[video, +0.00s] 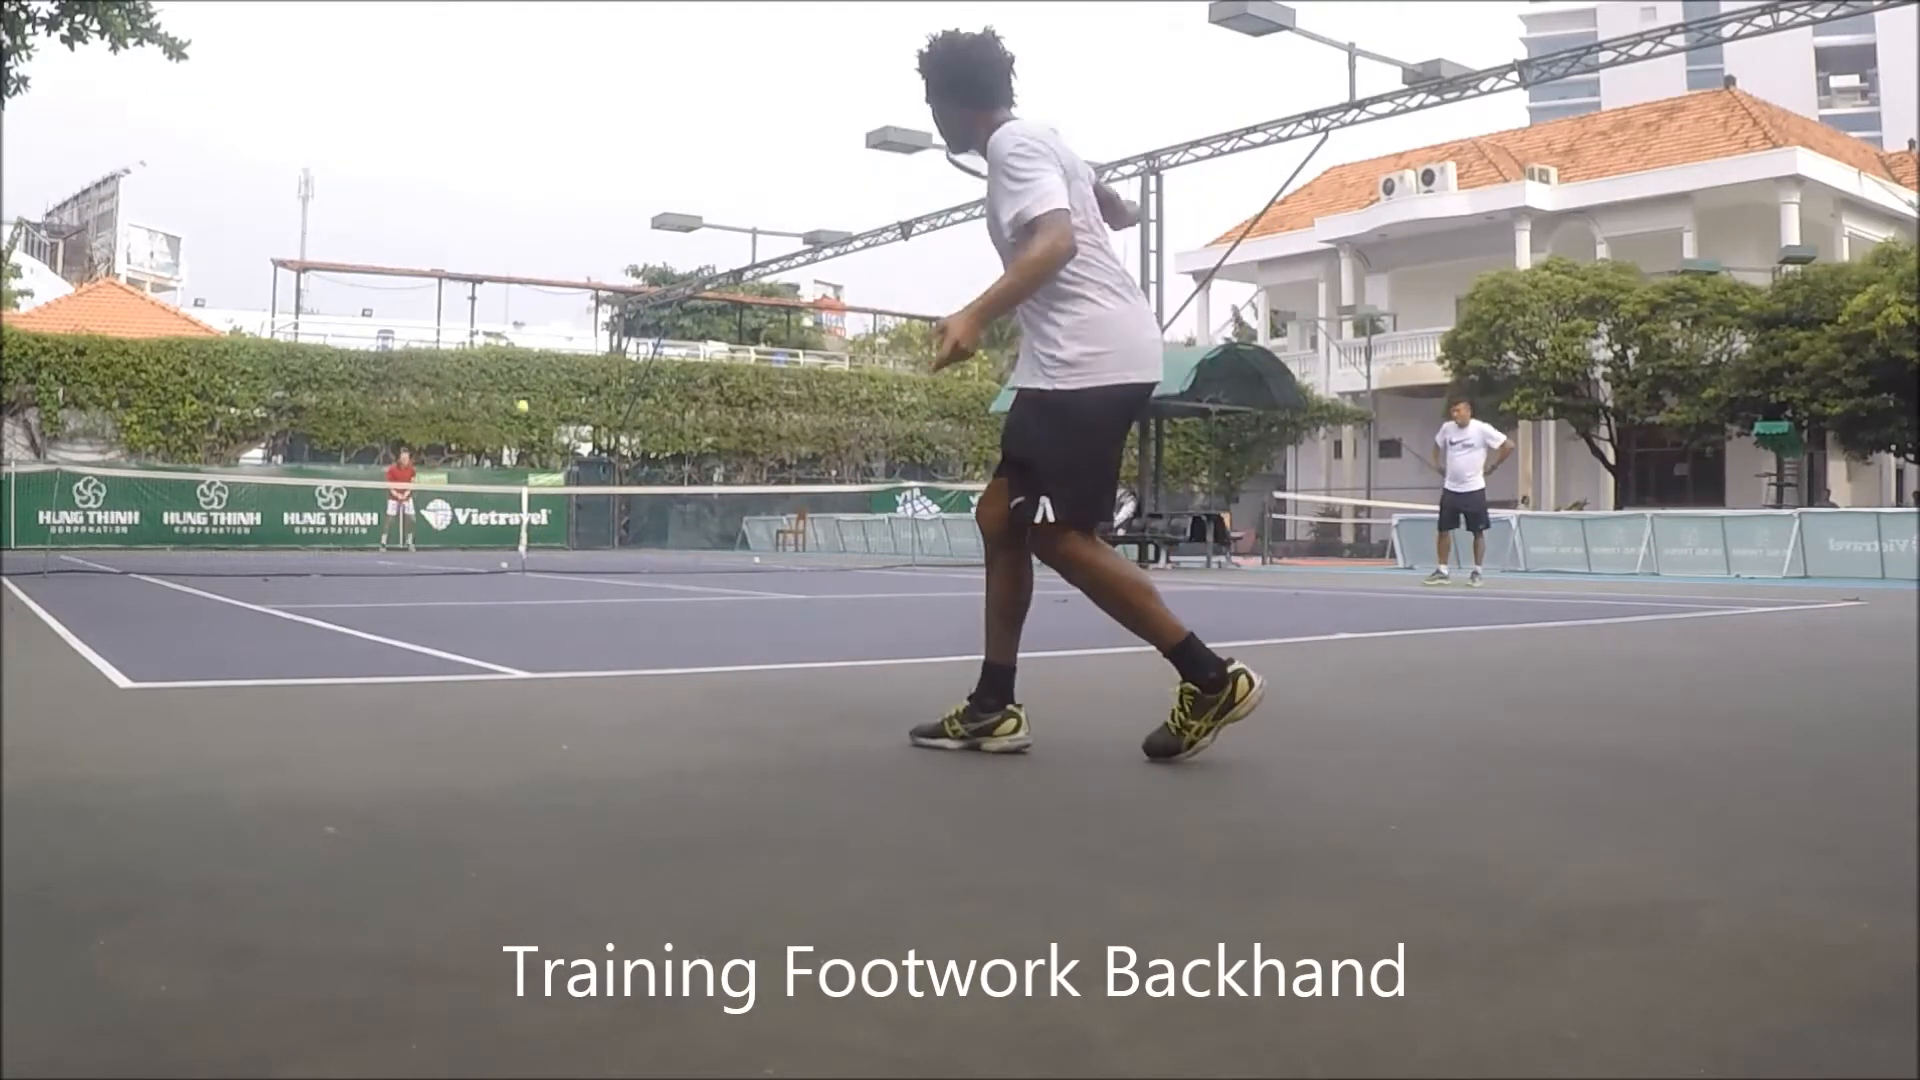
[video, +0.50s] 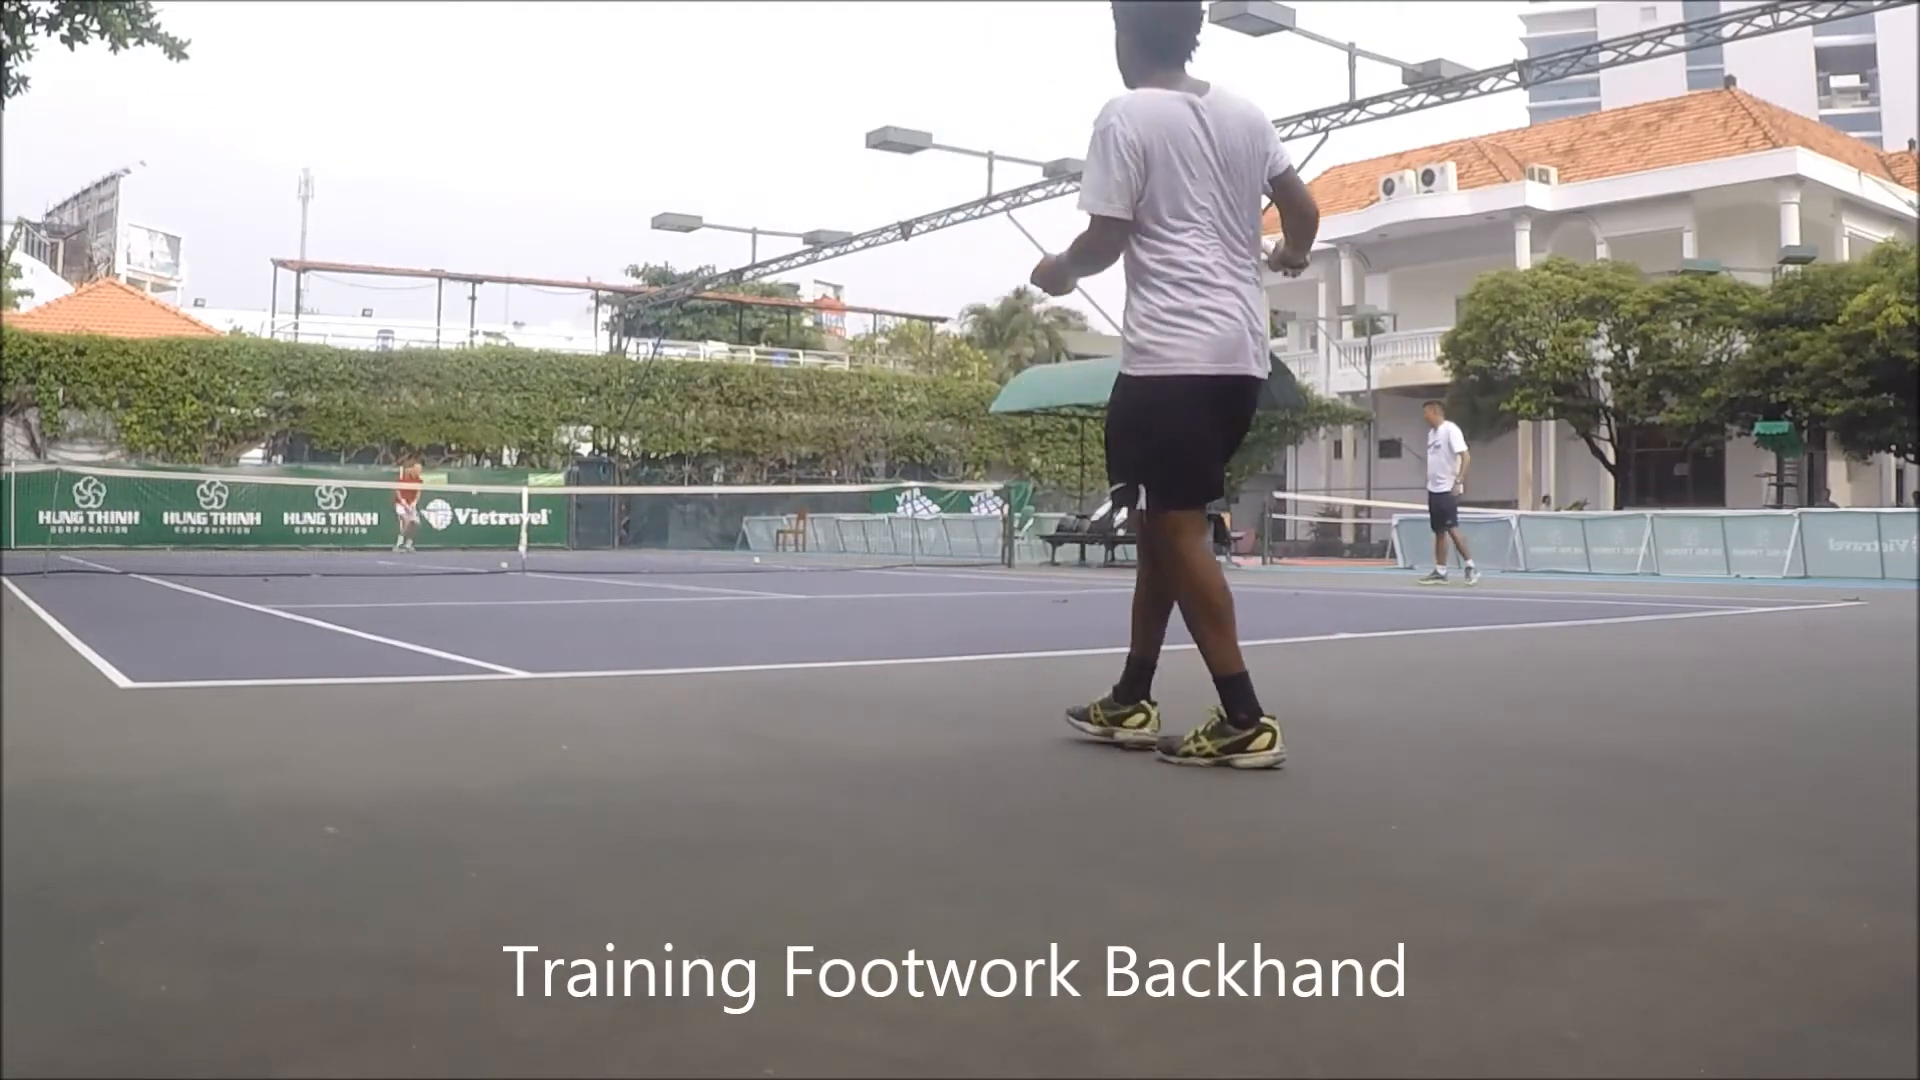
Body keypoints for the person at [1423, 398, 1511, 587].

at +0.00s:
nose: (1455, 414)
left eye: (1458, 410)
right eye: (1453, 411)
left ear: (1469, 411)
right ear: (1451, 414)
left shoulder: (1482, 428)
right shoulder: (1447, 428)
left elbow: (1508, 446)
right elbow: (1437, 445)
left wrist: (1492, 467)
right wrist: (1437, 464)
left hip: (1474, 488)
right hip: (1451, 487)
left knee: (1478, 532)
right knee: (1443, 529)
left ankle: (1477, 571)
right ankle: (1442, 570)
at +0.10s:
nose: (1449, 415)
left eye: (1452, 411)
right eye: (1448, 411)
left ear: (1463, 411)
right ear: (1448, 414)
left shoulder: (1476, 428)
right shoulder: (1444, 428)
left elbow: (1503, 444)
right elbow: (1436, 446)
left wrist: (1488, 465)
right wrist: (1437, 464)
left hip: (1470, 487)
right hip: (1448, 487)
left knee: (1476, 531)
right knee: (1444, 529)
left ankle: (1477, 571)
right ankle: (1440, 570)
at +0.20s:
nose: (1441, 415)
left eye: (1443, 411)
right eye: (1440, 412)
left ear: (1455, 411)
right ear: (1443, 414)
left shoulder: (1469, 428)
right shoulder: (1440, 429)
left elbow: (1495, 445)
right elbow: (1435, 449)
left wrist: (1482, 468)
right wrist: (1435, 467)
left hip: (1465, 487)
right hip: (1445, 488)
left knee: (1474, 531)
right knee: (1445, 531)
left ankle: (1477, 570)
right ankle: (1440, 570)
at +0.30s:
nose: (1434, 414)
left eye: (1436, 411)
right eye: (1433, 412)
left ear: (1447, 410)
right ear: (1437, 413)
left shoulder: (1461, 428)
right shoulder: (1437, 431)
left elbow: (1484, 449)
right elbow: (1439, 455)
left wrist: (1475, 474)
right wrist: (1438, 475)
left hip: (1460, 487)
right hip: (1441, 488)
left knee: (1469, 530)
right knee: (1443, 531)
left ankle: (1476, 570)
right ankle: (1440, 570)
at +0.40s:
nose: (1427, 415)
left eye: (1429, 411)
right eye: (1427, 412)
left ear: (1440, 411)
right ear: (1434, 413)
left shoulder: (1455, 429)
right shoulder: (1434, 432)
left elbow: (1473, 452)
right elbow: (1438, 457)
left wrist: (1468, 477)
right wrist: (1436, 478)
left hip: (1453, 487)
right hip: (1436, 488)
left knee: (1461, 530)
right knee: (1441, 531)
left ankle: (1474, 569)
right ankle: (1440, 571)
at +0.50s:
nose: (1425, 418)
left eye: (1427, 414)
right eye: (1424, 414)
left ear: (1435, 413)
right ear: (1432, 414)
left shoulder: (1451, 429)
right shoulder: (1432, 433)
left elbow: (1465, 456)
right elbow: (1435, 458)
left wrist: (1459, 481)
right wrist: (1431, 480)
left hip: (1447, 487)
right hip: (1433, 487)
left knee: (1452, 528)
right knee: (1439, 531)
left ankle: (1470, 566)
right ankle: (1440, 570)